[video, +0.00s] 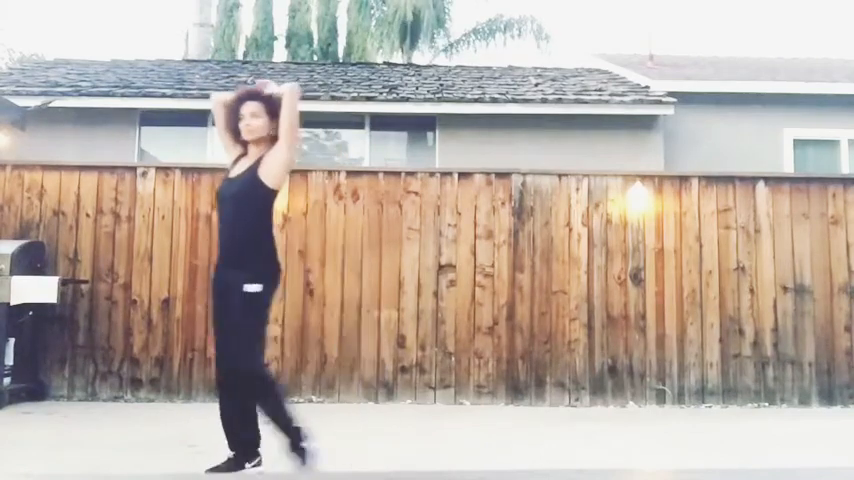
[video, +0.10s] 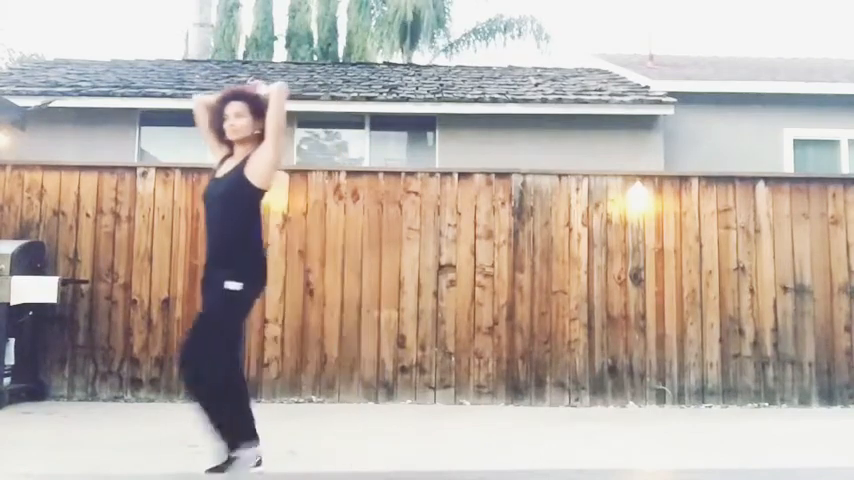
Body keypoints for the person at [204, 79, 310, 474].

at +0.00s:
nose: (248, 122)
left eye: (255, 115)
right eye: (242, 116)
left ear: (272, 122)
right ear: (237, 124)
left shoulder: (278, 156)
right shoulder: (239, 158)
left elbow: (293, 91)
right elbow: (217, 102)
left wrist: (274, 92)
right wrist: (251, 94)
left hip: (255, 272)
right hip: (227, 272)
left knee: (245, 363)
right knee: (228, 365)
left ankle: (296, 438)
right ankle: (244, 451)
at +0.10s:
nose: (231, 122)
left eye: (239, 115)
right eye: (227, 116)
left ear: (257, 122)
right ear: (223, 123)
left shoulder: (264, 157)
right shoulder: (226, 157)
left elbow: (280, 91)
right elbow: (200, 106)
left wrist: (267, 103)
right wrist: (238, 91)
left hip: (242, 274)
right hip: (218, 272)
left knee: (195, 357)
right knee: (223, 361)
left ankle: (242, 443)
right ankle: (244, 445)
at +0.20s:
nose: (215, 122)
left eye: (223, 116)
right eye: (211, 117)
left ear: (241, 122)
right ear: (208, 125)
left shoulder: (247, 159)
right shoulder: (209, 157)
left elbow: (269, 91)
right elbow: (179, 107)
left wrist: (253, 103)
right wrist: (221, 98)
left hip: (226, 275)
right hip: (204, 273)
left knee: (169, 353)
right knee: (219, 365)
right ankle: (245, 450)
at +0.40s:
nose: (179, 119)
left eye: (187, 112)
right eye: (177, 113)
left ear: (208, 121)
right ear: (175, 123)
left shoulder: (215, 159)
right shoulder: (175, 155)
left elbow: (245, 93)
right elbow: (132, 110)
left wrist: (228, 109)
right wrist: (171, 104)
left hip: (187, 277)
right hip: (166, 275)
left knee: (147, 370)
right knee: (183, 367)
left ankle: (96, 457)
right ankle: (233, 439)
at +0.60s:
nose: (148, 114)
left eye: (157, 107)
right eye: (146, 108)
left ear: (179, 118)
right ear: (143, 117)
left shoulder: (183, 161)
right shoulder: (136, 153)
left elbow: (225, 107)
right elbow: (82, 111)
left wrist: (194, 116)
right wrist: (125, 95)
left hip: (149, 266)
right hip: (122, 265)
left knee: (123, 360)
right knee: (124, 360)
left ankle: (91, 458)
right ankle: (193, 430)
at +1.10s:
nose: (137, 119)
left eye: (146, 113)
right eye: (135, 114)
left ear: (168, 121)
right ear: (133, 122)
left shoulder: (174, 168)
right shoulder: (123, 158)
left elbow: (219, 163)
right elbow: (68, 170)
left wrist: (203, 150)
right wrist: (83, 123)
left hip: (146, 274)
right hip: (115, 271)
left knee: (121, 366)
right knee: (105, 363)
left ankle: (89, 459)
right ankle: (180, 428)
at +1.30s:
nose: (160, 116)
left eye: (168, 111)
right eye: (158, 112)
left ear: (190, 117)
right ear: (155, 120)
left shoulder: (209, 159)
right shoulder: (147, 160)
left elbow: (238, 197)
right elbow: (114, 210)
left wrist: (229, 159)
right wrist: (102, 158)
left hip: (186, 267)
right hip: (150, 265)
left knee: (142, 354)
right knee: (161, 356)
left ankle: (96, 454)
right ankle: (199, 440)